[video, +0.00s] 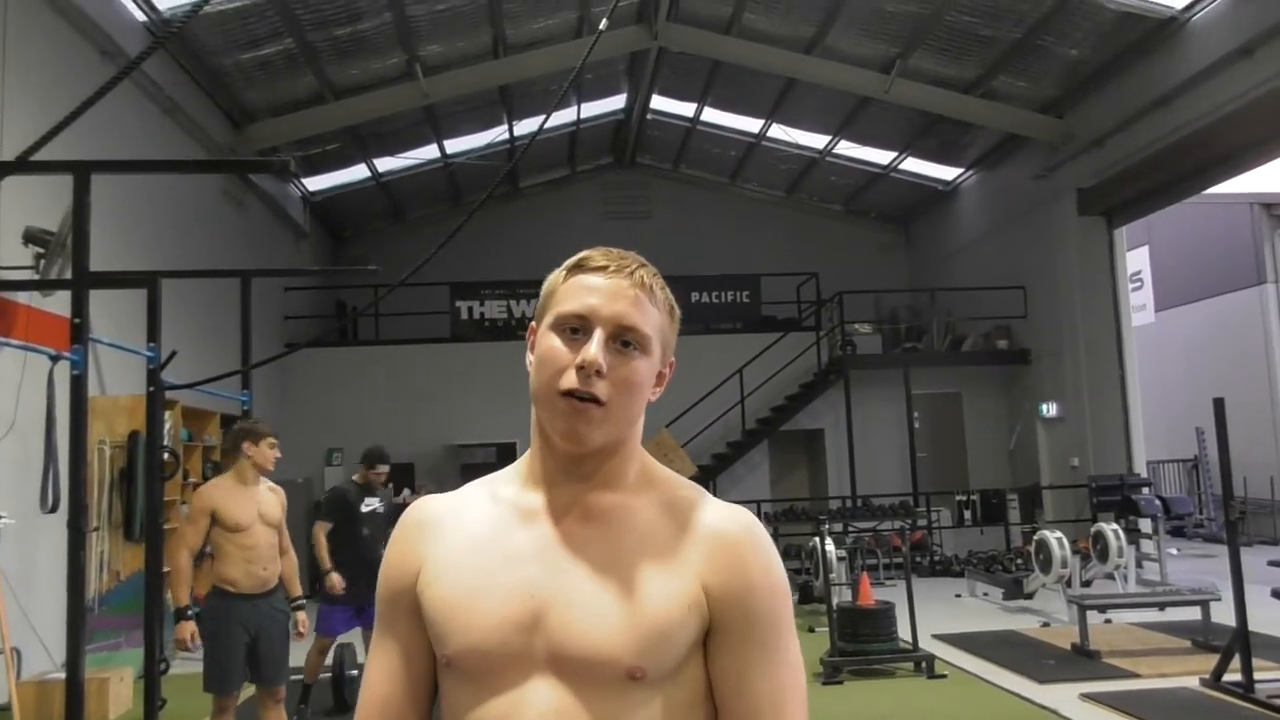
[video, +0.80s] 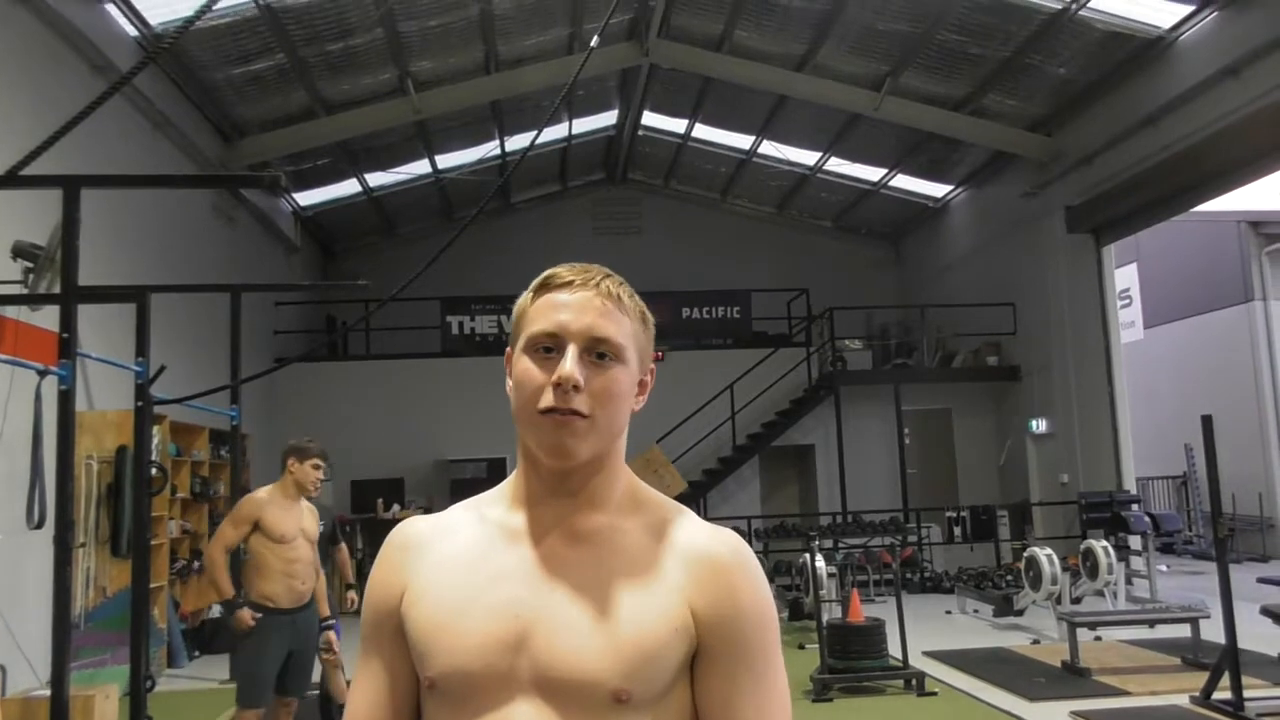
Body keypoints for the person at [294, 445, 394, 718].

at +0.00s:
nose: (383, 479)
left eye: (386, 474)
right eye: (378, 474)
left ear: (387, 472)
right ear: (364, 470)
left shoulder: (382, 496)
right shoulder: (341, 495)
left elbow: (382, 537)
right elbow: (319, 531)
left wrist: (386, 568)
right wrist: (328, 571)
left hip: (373, 584)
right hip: (341, 585)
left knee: (375, 646)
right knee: (323, 646)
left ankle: (377, 700)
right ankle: (304, 702)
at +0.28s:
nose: (341, 483)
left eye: (345, 478)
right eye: (336, 478)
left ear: (349, 478)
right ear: (324, 477)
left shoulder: (354, 505)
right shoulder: (305, 507)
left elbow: (369, 540)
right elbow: (291, 544)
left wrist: (386, 568)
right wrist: (293, 580)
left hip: (350, 590)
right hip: (313, 590)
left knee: (358, 647)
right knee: (303, 650)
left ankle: (367, 698)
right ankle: (298, 701)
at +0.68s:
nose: (316, 488)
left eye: (319, 484)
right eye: (311, 483)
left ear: (323, 486)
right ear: (301, 485)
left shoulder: (327, 512)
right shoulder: (288, 511)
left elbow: (342, 545)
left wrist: (354, 580)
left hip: (323, 588)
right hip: (291, 591)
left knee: (335, 655)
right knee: (292, 657)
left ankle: (344, 708)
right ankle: (286, 707)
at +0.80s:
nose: (319, 483)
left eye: (322, 478)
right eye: (313, 477)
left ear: (322, 482)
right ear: (294, 473)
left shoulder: (324, 513)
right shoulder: (273, 513)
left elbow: (339, 549)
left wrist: (350, 585)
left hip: (321, 600)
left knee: (332, 659)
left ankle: (339, 711)